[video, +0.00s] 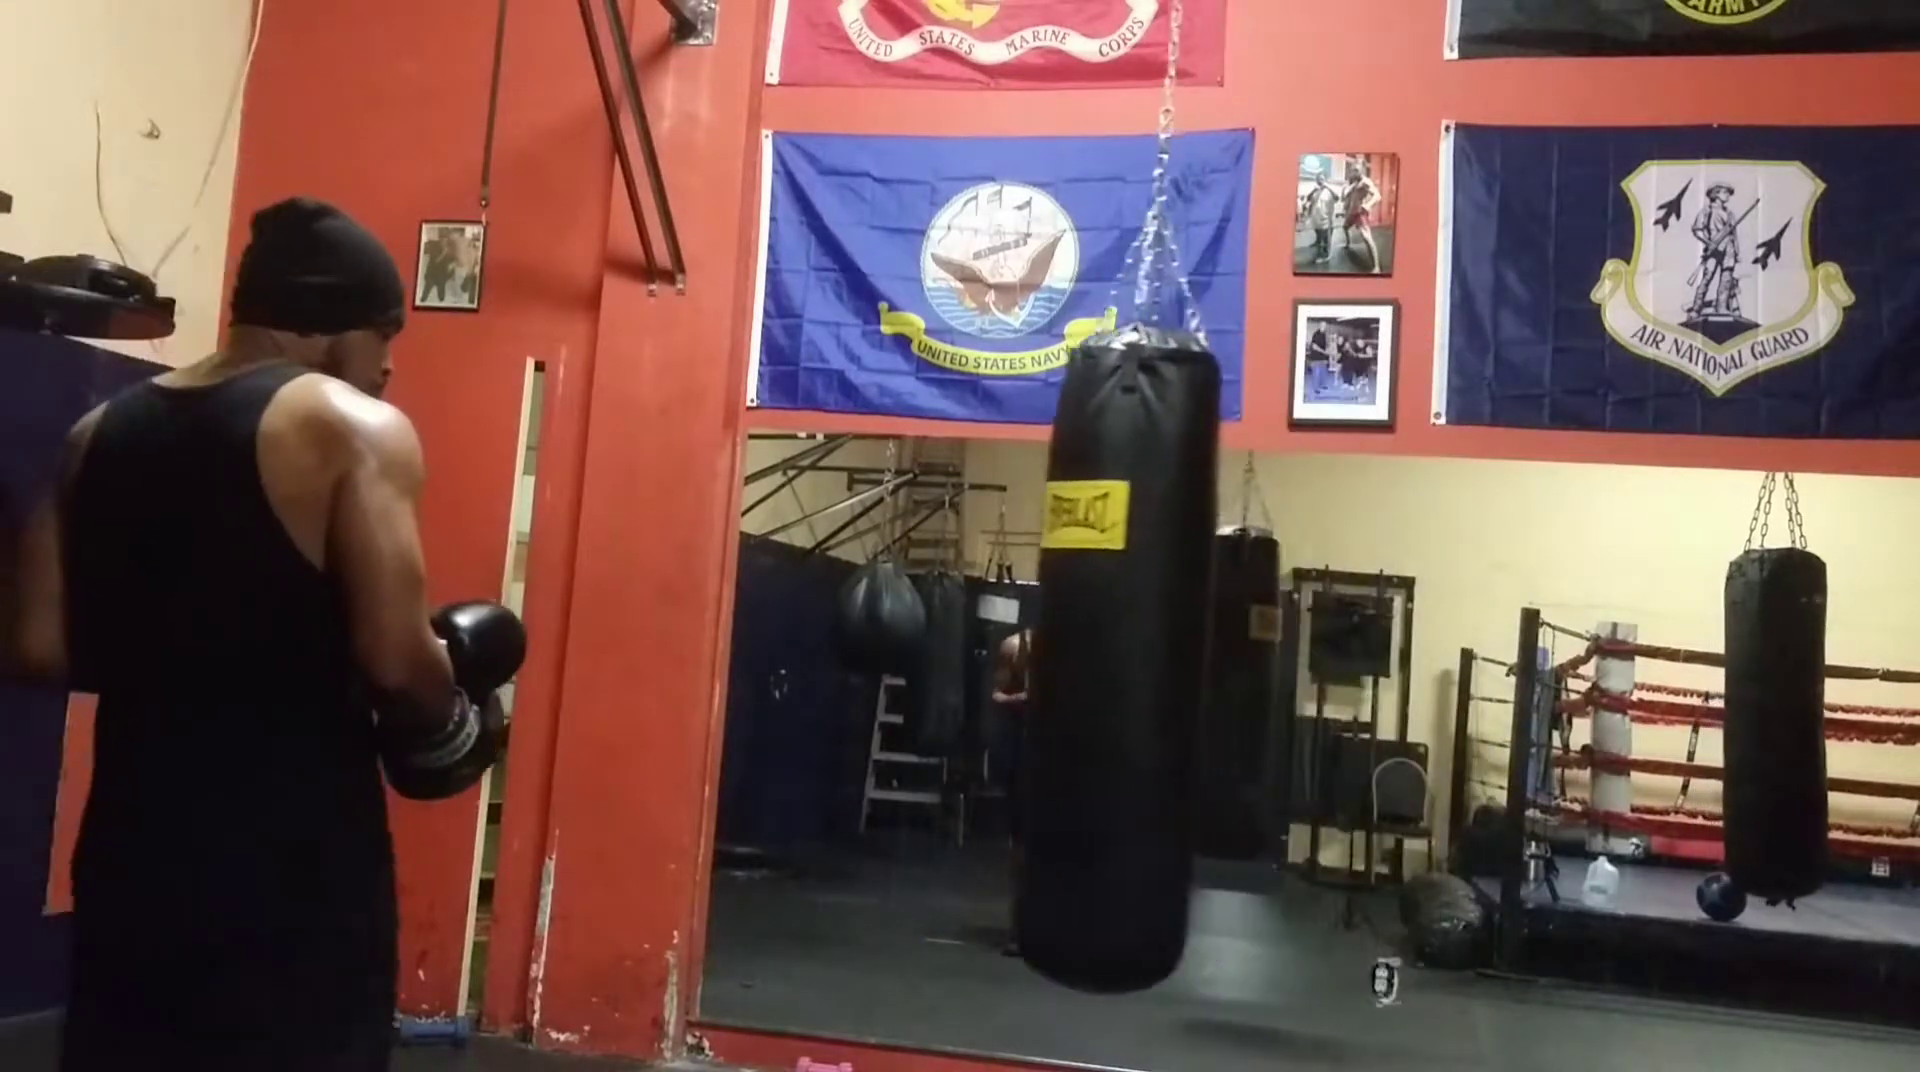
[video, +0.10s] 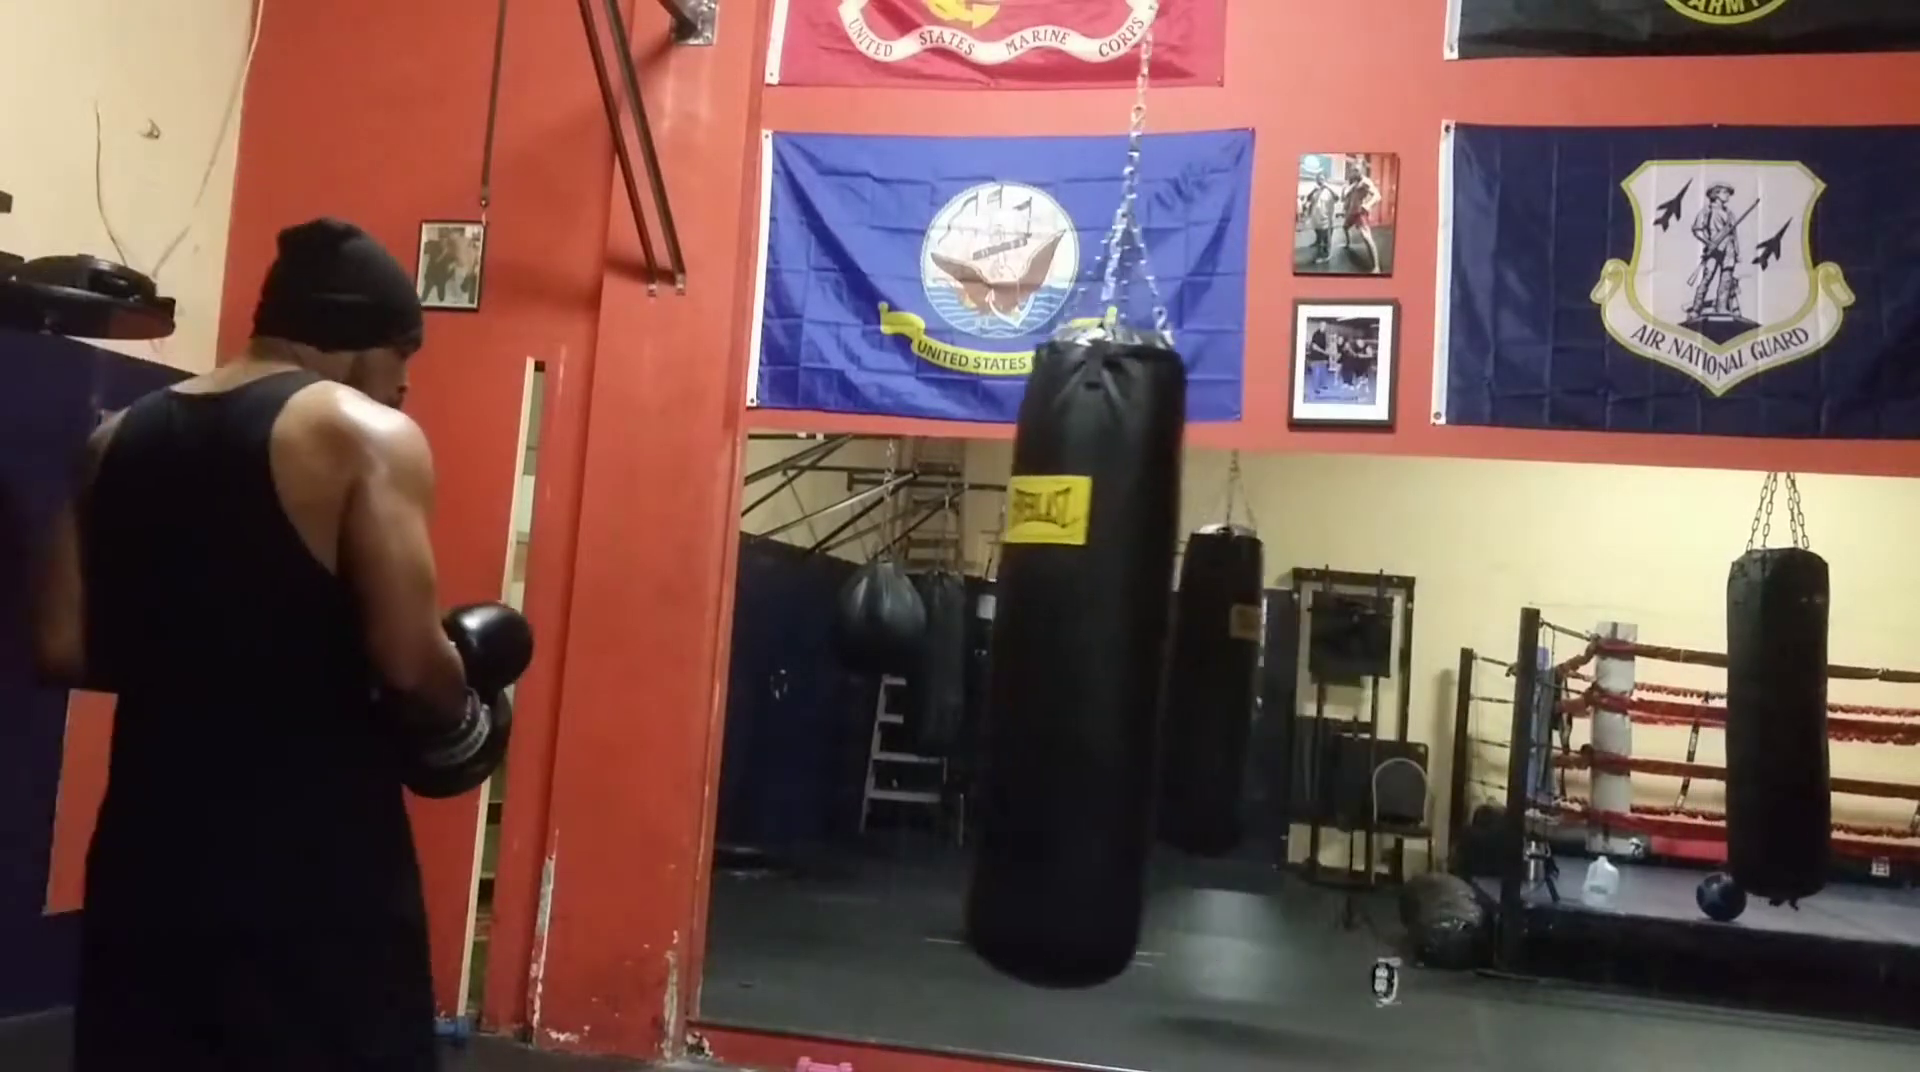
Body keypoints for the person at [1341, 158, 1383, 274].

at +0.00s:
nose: (1352, 173)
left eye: (1355, 170)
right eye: (1351, 171)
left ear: (1359, 172)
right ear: (1349, 172)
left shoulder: (1365, 182)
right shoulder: (1350, 184)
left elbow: (1376, 196)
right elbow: (1344, 198)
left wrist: (1367, 206)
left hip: (1360, 212)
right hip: (1350, 212)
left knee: (1366, 237)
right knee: (1345, 227)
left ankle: (1376, 266)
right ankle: (1348, 243)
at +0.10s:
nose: (1352, 173)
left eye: (1355, 170)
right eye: (1351, 171)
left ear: (1359, 171)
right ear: (1350, 172)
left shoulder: (1365, 182)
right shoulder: (1350, 184)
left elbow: (1376, 196)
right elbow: (1344, 198)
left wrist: (1367, 206)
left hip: (1360, 212)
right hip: (1351, 212)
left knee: (1366, 237)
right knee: (1345, 227)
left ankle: (1376, 266)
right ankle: (1348, 243)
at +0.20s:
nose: (1353, 173)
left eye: (1355, 171)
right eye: (1352, 171)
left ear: (1359, 172)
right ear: (1350, 172)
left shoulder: (1365, 182)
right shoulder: (1349, 184)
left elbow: (1376, 195)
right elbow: (1344, 199)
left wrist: (1367, 206)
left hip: (1361, 212)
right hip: (1350, 212)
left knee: (1366, 236)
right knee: (1345, 228)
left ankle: (1376, 266)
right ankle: (1348, 243)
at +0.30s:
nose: (1352, 174)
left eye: (1355, 171)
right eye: (1351, 171)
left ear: (1359, 172)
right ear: (1350, 173)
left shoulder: (1365, 182)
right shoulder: (1350, 184)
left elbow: (1376, 196)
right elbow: (1344, 198)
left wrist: (1367, 206)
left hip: (1361, 212)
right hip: (1351, 212)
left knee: (1366, 236)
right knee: (1345, 227)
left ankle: (1376, 266)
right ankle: (1348, 243)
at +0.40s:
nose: (1352, 174)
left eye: (1355, 171)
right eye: (1351, 171)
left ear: (1359, 172)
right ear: (1350, 173)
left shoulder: (1365, 182)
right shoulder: (1350, 184)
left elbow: (1376, 196)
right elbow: (1344, 198)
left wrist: (1367, 206)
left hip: (1361, 212)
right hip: (1351, 212)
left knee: (1366, 236)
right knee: (1345, 227)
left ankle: (1376, 266)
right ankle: (1348, 243)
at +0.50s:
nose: (1352, 174)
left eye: (1355, 171)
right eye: (1352, 171)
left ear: (1359, 172)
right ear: (1350, 172)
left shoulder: (1365, 182)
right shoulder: (1350, 184)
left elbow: (1376, 195)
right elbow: (1343, 198)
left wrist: (1367, 206)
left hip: (1361, 212)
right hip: (1351, 212)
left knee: (1366, 236)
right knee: (1345, 227)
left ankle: (1376, 266)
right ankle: (1348, 243)